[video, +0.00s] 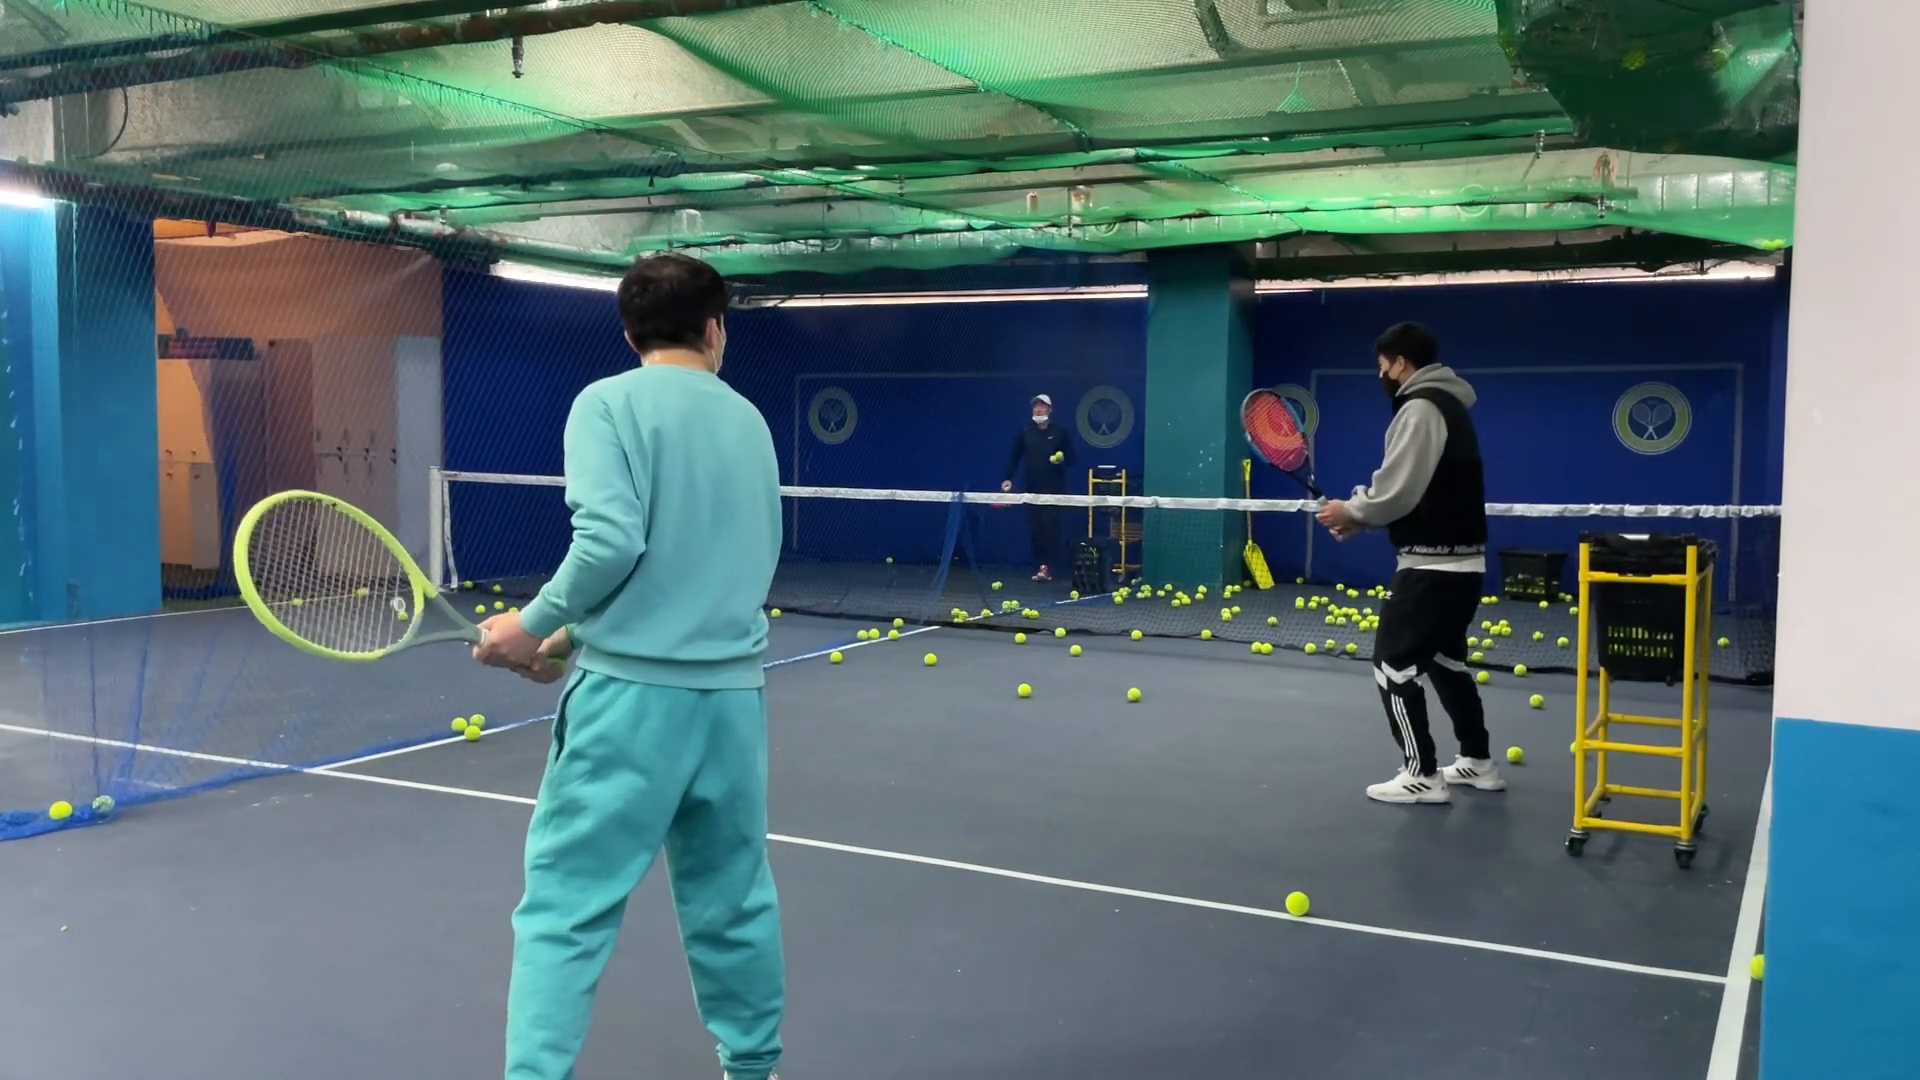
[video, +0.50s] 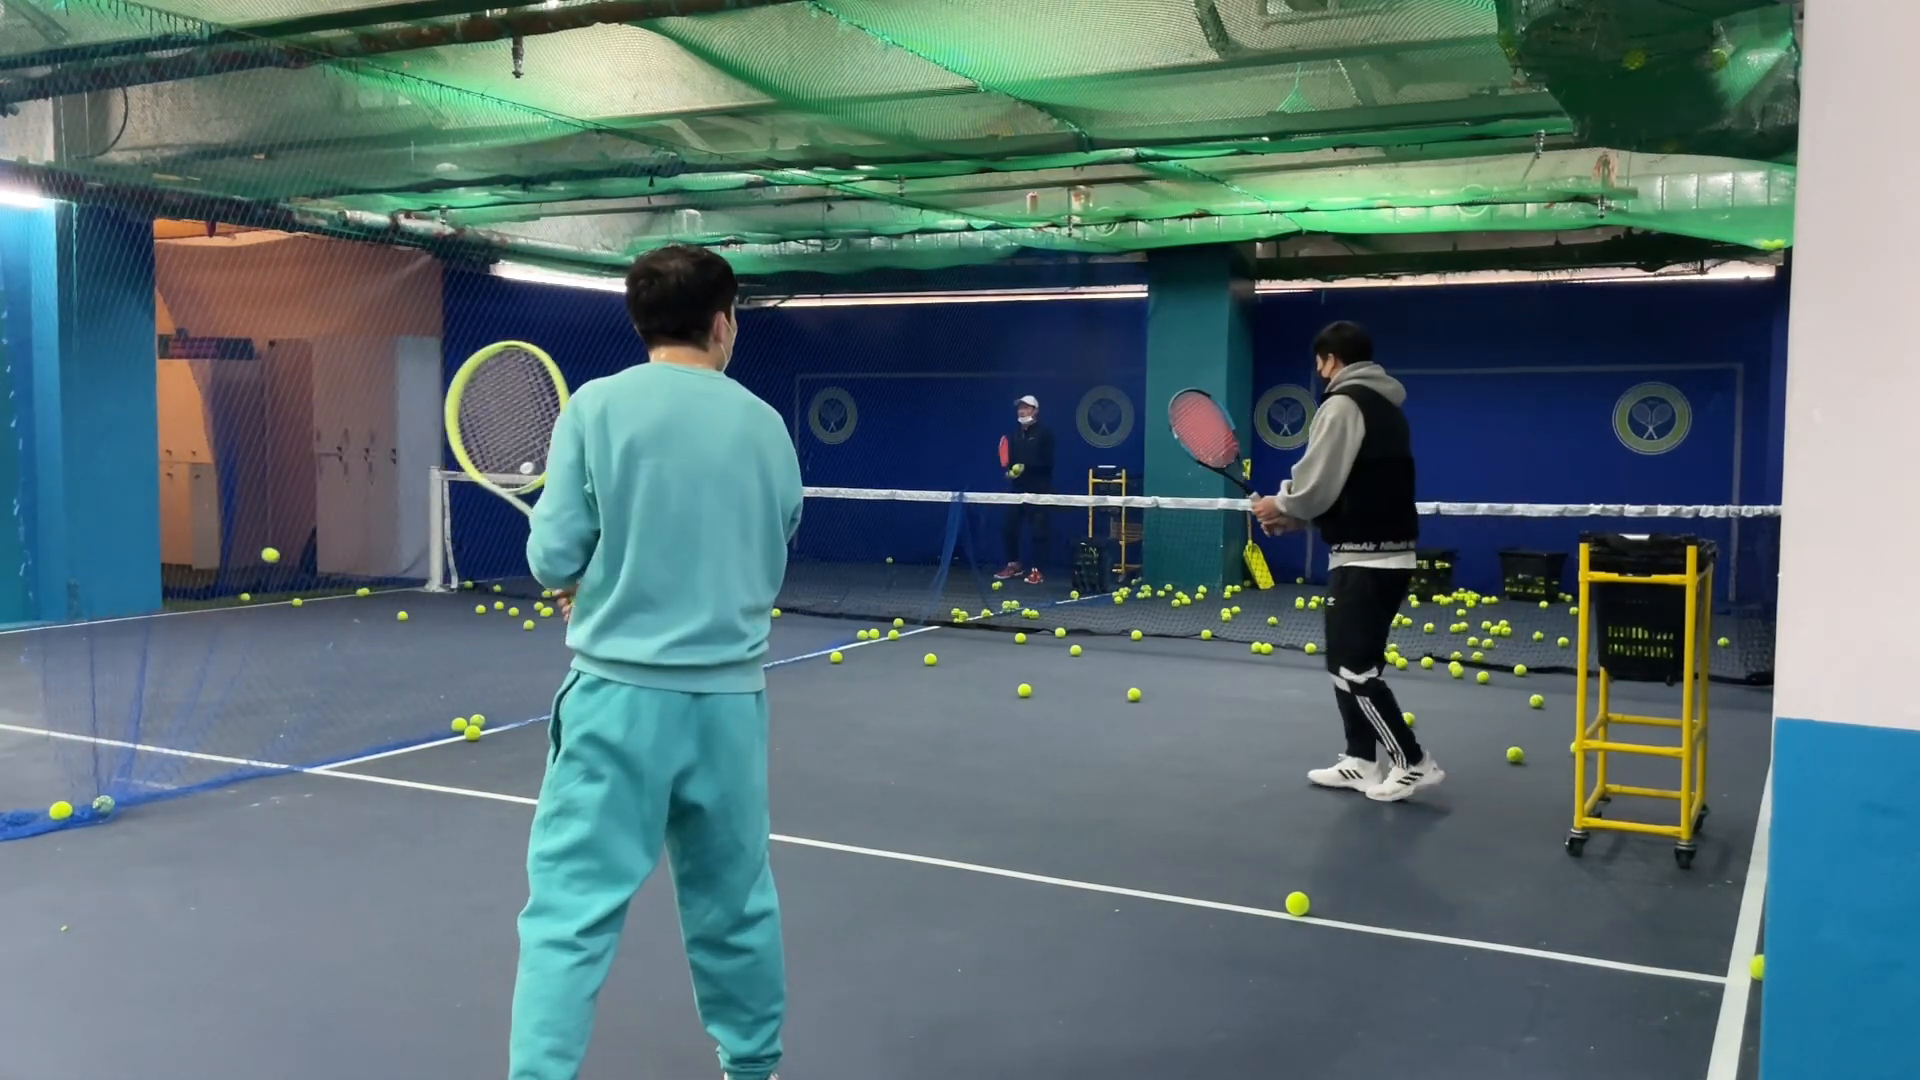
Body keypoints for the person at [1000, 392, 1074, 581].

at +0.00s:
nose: (1039, 411)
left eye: (1043, 408)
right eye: (1036, 408)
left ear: (1050, 410)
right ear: (1032, 411)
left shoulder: (1059, 433)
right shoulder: (1025, 433)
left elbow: (1071, 459)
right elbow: (1015, 457)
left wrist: (1062, 459)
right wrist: (1009, 478)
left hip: (1053, 485)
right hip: (1032, 484)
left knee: (1049, 524)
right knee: (1036, 525)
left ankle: (1046, 565)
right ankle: (1042, 565)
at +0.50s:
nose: (1022, 411)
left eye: (1026, 408)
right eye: (1020, 408)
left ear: (1035, 411)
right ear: (1017, 411)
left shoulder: (1044, 433)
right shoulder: (1014, 434)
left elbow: (1047, 462)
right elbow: (1008, 457)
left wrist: (1024, 466)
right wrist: (1009, 469)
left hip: (1039, 487)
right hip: (1018, 486)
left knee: (1038, 528)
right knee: (1010, 525)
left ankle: (1036, 569)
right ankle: (1014, 563)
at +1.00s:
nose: (1007, 411)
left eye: (1011, 407)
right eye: (1005, 407)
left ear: (1019, 409)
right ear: (1002, 410)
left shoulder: (1030, 430)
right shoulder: (1001, 432)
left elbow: (1035, 459)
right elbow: (997, 456)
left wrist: (1013, 460)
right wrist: (1000, 467)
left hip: (1033, 484)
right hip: (1013, 485)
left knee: (1039, 523)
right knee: (1011, 524)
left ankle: (1051, 563)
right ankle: (1013, 565)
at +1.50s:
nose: (1022, 420)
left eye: (1026, 417)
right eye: (1020, 417)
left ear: (1035, 419)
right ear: (1018, 420)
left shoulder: (1047, 439)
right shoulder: (1015, 442)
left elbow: (1054, 465)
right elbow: (1006, 468)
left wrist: (1052, 490)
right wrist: (1002, 492)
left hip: (1050, 491)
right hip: (1028, 491)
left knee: (1058, 530)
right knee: (1019, 529)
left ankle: (1064, 566)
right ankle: (1015, 565)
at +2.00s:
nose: (1026, 443)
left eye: (1029, 439)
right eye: (1023, 439)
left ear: (1035, 437)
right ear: (1018, 437)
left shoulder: (1044, 450)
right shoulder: (1009, 453)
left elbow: (1054, 472)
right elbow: (993, 476)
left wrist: (1058, 489)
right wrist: (985, 498)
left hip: (1042, 497)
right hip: (1017, 498)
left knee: (1055, 529)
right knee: (1012, 531)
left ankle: (1068, 564)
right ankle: (1013, 566)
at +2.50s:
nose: (1017, 416)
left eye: (1021, 413)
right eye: (1015, 413)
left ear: (1029, 415)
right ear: (1012, 415)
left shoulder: (1039, 437)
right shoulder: (1007, 436)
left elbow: (1038, 464)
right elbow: (998, 463)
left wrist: (1017, 474)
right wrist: (992, 487)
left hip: (1035, 488)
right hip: (1013, 487)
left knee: (1036, 526)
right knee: (1013, 526)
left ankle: (1036, 564)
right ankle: (1014, 565)